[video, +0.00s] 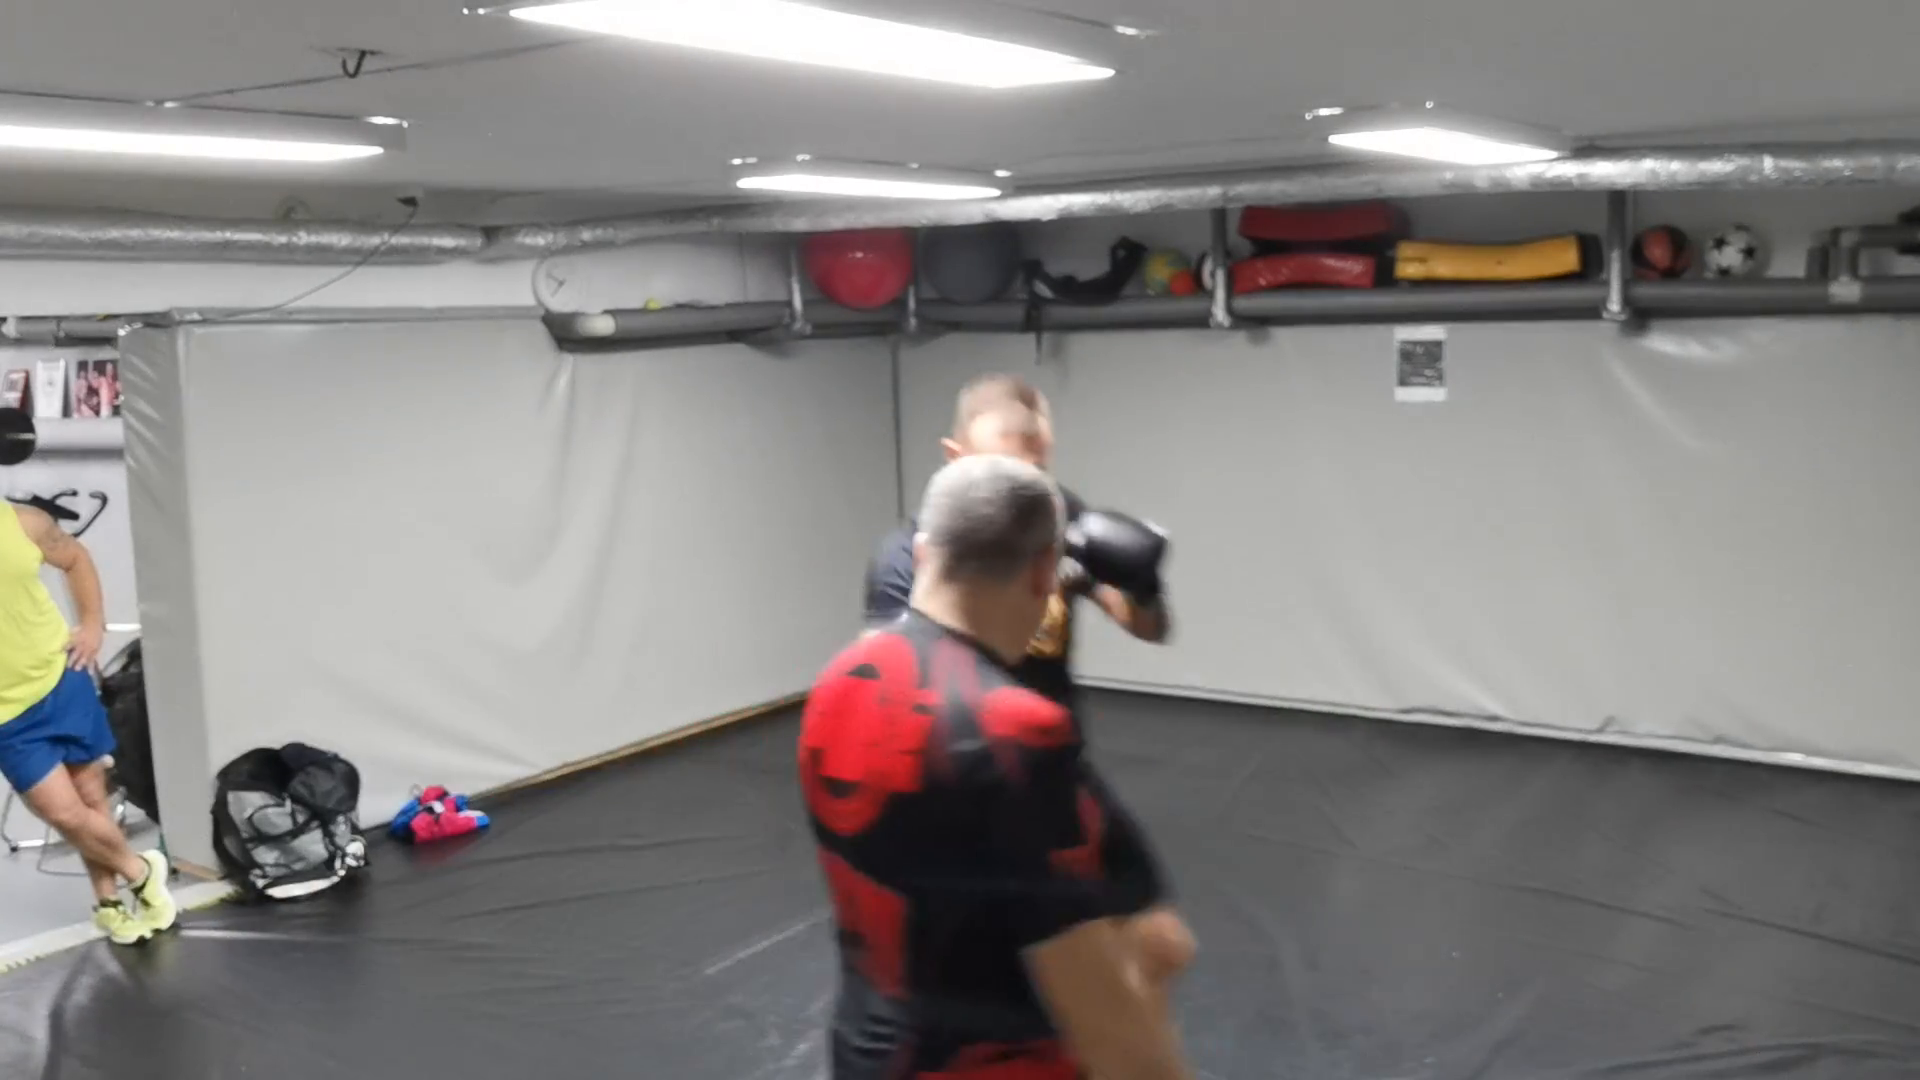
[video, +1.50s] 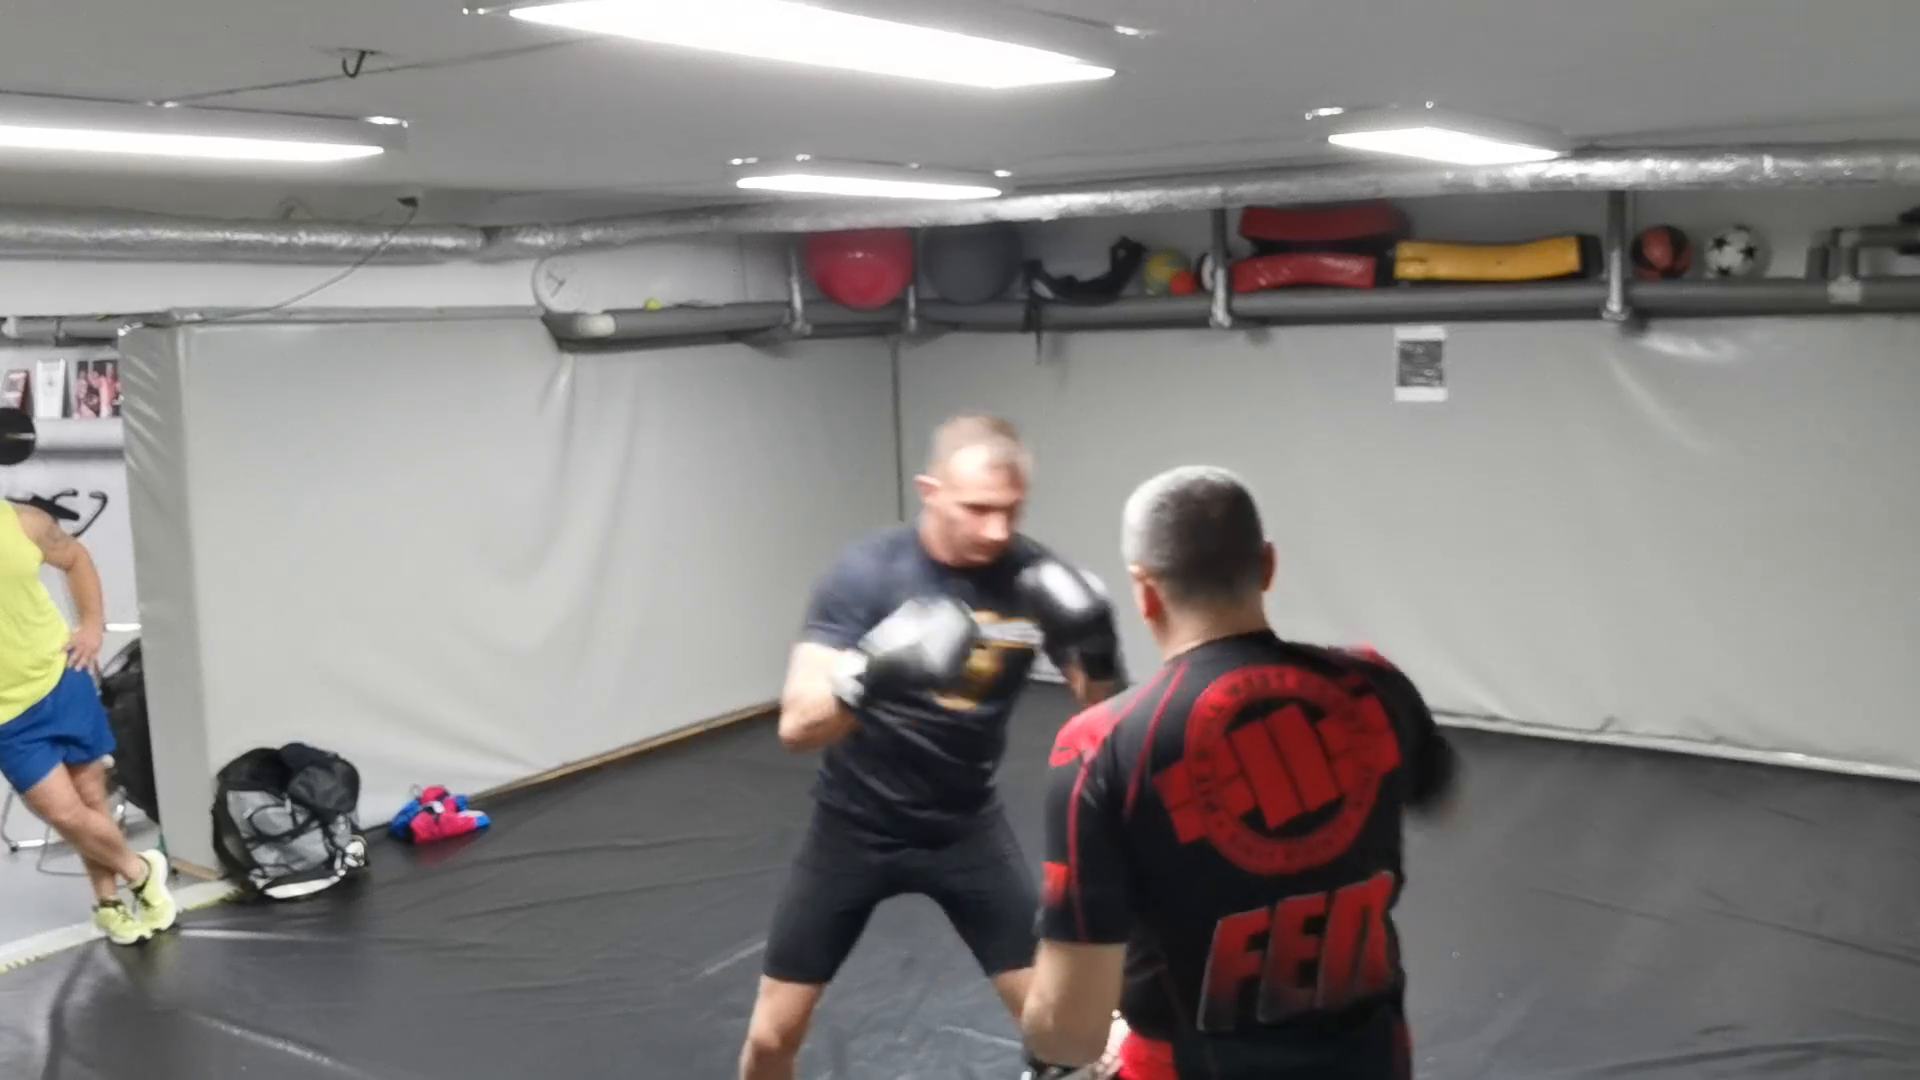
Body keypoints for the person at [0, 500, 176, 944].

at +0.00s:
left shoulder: (22, 523)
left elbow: (76, 558)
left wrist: (92, 624)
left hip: (61, 682)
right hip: (8, 714)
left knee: (91, 797)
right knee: (64, 816)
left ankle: (108, 900)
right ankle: (142, 872)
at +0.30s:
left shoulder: (22, 523)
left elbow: (76, 558)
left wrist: (92, 623)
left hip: (61, 683)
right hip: (7, 715)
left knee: (91, 799)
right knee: (65, 817)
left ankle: (107, 901)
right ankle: (141, 871)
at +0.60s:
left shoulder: (21, 523)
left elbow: (76, 558)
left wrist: (92, 623)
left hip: (61, 682)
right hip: (7, 714)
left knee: (90, 798)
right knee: (64, 816)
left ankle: (107, 901)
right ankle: (142, 872)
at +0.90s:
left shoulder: (22, 523)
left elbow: (75, 558)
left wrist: (92, 623)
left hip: (62, 682)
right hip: (8, 715)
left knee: (91, 799)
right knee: (66, 818)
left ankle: (107, 901)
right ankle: (141, 872)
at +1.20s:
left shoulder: (22, 523)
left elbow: (76, 558)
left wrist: (92, 623)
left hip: (62, 682)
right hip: (8, 715)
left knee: (91, 799)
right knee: (66, 817)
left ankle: (108, 901)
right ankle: (141, 872)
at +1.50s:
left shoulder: (22, 523)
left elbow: (76, 557)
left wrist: (92, 623)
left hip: (61, 682)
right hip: (8, 715)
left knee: (91, 798)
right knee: (64, 816)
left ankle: (107, 901)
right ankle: (141, 872)